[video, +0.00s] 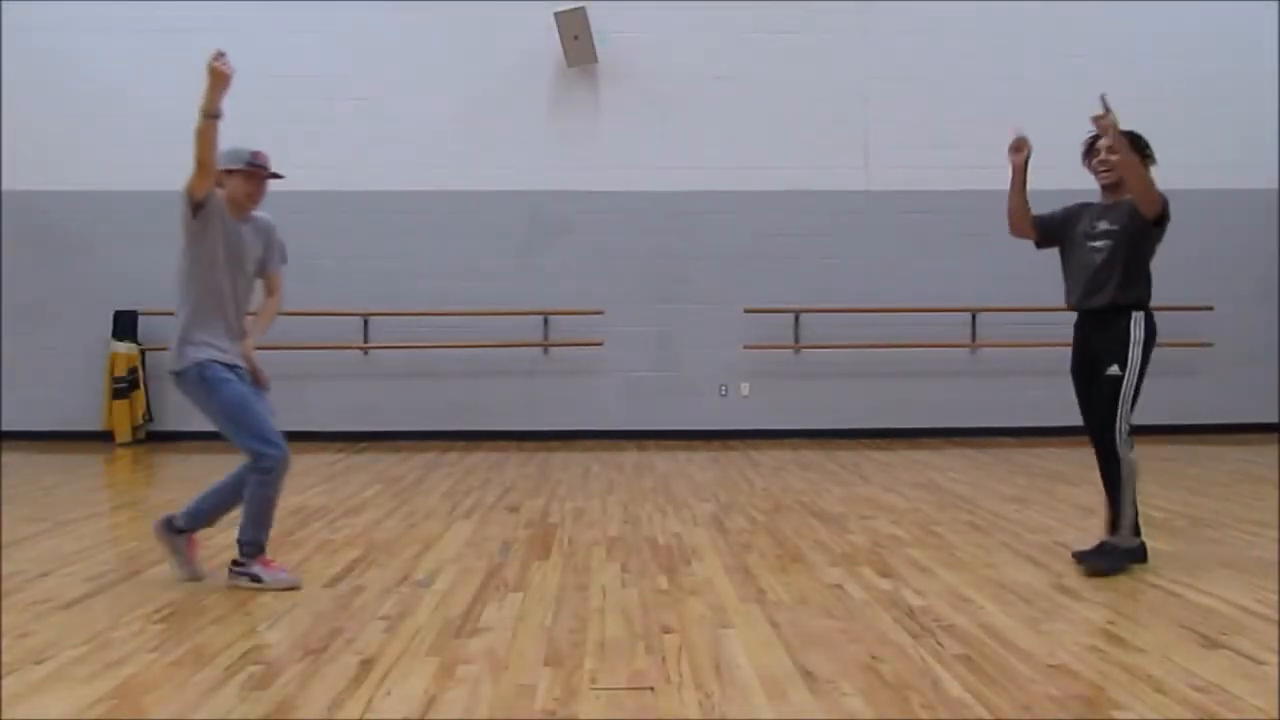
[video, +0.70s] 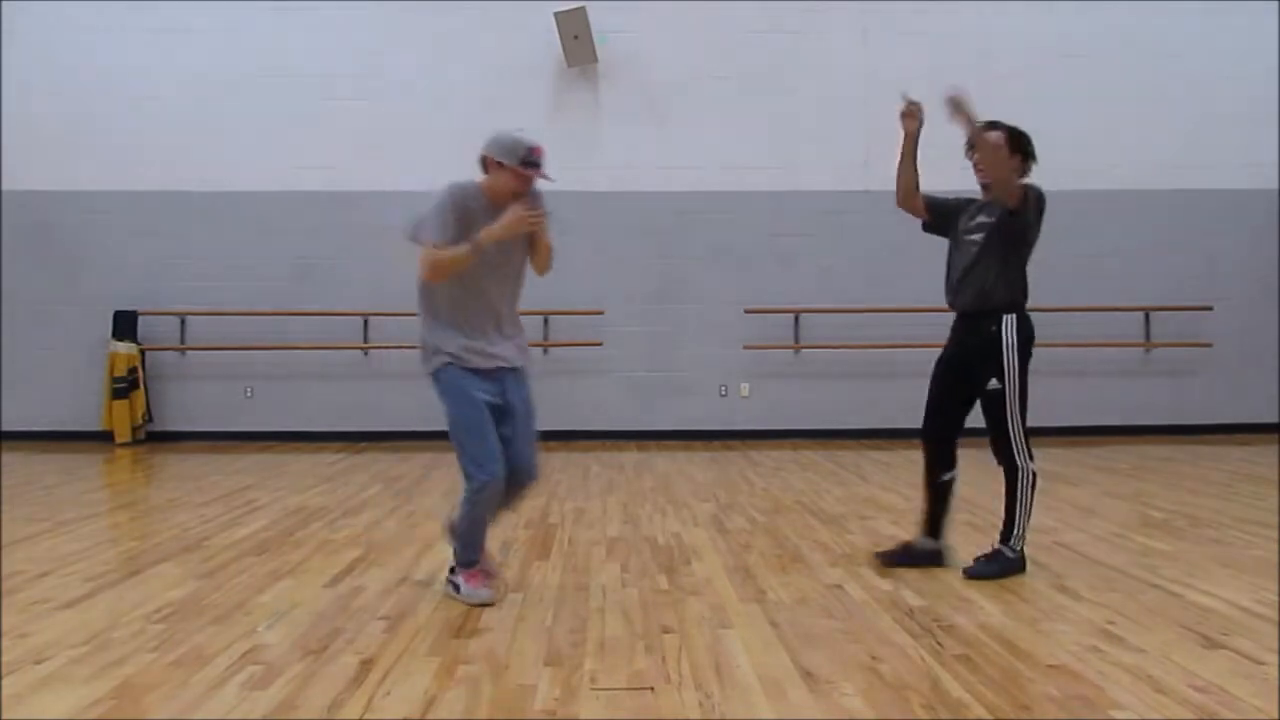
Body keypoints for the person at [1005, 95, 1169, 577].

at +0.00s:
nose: (1102, 158)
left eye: (1114, 150)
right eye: (1095, 152)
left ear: (1137, 161)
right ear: (1088, 166)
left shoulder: (1146, 212)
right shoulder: (1078, 216)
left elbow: (1146, 194)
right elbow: (1021, 227)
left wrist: (1116, 140)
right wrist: (1018, 170)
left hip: (1128, 325)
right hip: (1089, 327)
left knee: (1113, 429)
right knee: (1101, 433)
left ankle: (1126, 537)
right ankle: (1121, 533)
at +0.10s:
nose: (1086, 163)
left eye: (1096, 156)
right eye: (1080, 158)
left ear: (1121, 164)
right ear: (1073, 168)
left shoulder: (1130, 212)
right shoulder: (1061, 213)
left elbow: (1131, 209)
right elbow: (1007, 215)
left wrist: (1105, 156)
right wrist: (1022, 159)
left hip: (1113, 329)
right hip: (1074, 330)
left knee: (1091, 438)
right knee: (1101, 435)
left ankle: (1062, 545)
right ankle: (1128, 536)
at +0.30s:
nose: (1056, 163)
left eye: (1066, 155)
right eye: (1050, 158)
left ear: (1090, 164)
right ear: (1044, 169)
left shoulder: (1095, 212)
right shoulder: (1030, 217)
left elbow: (1093, 184)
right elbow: (973, 218)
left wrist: (1070, 123)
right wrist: (964, 161)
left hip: (1073, 330)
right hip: (1040, 332)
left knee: (1050, 444)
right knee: (1072, 439)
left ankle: (1016, 547)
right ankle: (1124, 532)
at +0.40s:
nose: (1040, 157)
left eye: (1051, 151)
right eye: (1035, 151)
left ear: (1071, 164)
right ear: (1027, 164)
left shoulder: (1075, 210)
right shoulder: (1016, 214)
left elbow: (1075, 169)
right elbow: (960, 214)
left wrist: (1064, 116)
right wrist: (929, 171)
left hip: (1050, 325)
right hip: (1018, 327)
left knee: (1040, 439)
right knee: (1025, 438)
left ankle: (1016, 549)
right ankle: (1104, 517)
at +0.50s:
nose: (1023, 156)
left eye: (1033, 150)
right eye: (1019, 150)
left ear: (1057, 162)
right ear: (1011, 162)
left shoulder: (1060, 206)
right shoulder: (1004, 210)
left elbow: (1050, 159)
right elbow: (946, 208)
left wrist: (1046, 105)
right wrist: (906, 169)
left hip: (1034, 325)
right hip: (1001, 327)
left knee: (1030, 430)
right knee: (983, 432)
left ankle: (1014, 548)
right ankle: (1065, 504)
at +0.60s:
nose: (1001, 156)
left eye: (1011, 149)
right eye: (997, 149)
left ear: (1035, 157)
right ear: (992, 158)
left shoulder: (1044, 204)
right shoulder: (982, 209)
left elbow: (1029, 161)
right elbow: (927, 202)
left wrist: (1014, 97)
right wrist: (902, 150)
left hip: (1020, 327)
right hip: (983, 327)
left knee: (1019, 437)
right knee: (954, 430)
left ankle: (1016, 545)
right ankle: (1004, 523)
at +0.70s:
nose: (975, 156)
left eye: (987, 147)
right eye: (974, 149)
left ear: (1015, 160)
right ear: (975, 162)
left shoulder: (1027, 205)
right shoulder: (964, 211)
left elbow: (1004, 181)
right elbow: (908, 199)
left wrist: (971, 128)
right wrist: (909, 137)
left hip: (1004, 328)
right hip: (965, 329)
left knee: (1009, 441)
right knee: (938, 431)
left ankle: (1012, 549)